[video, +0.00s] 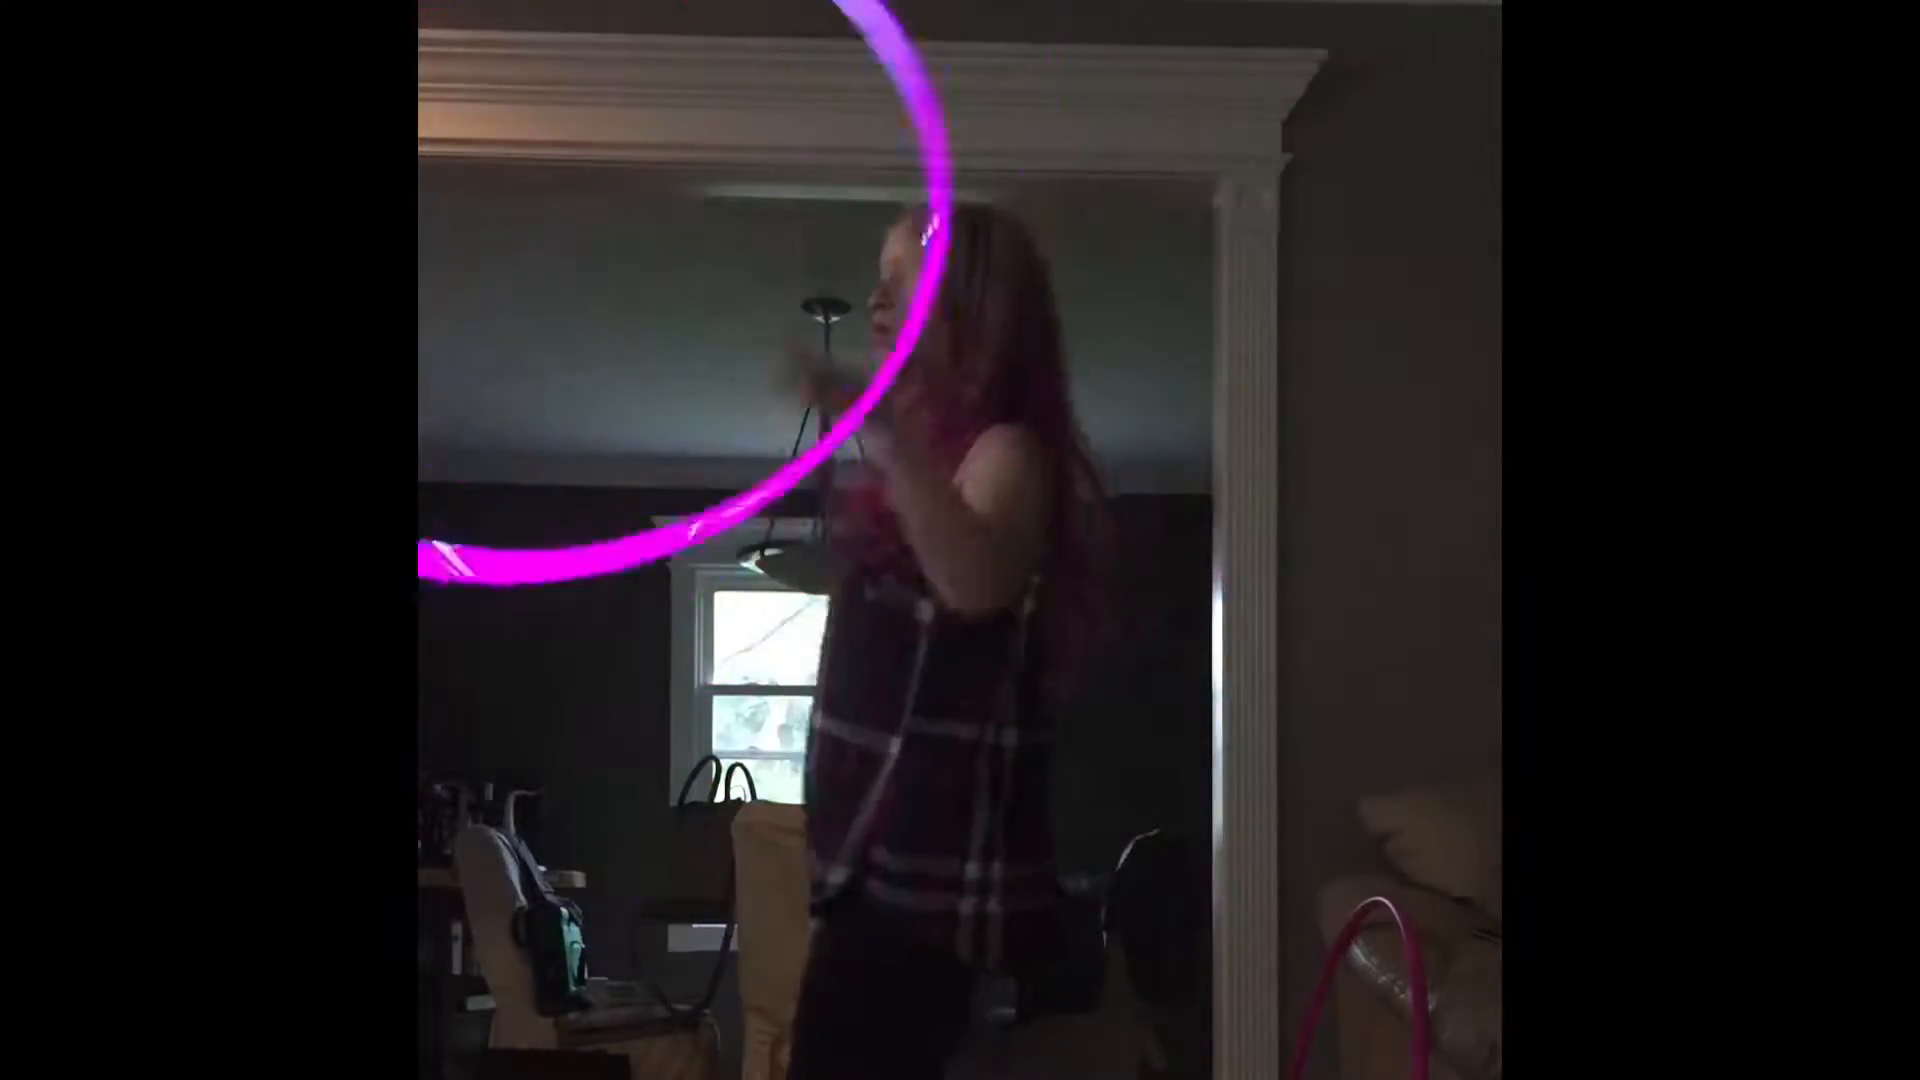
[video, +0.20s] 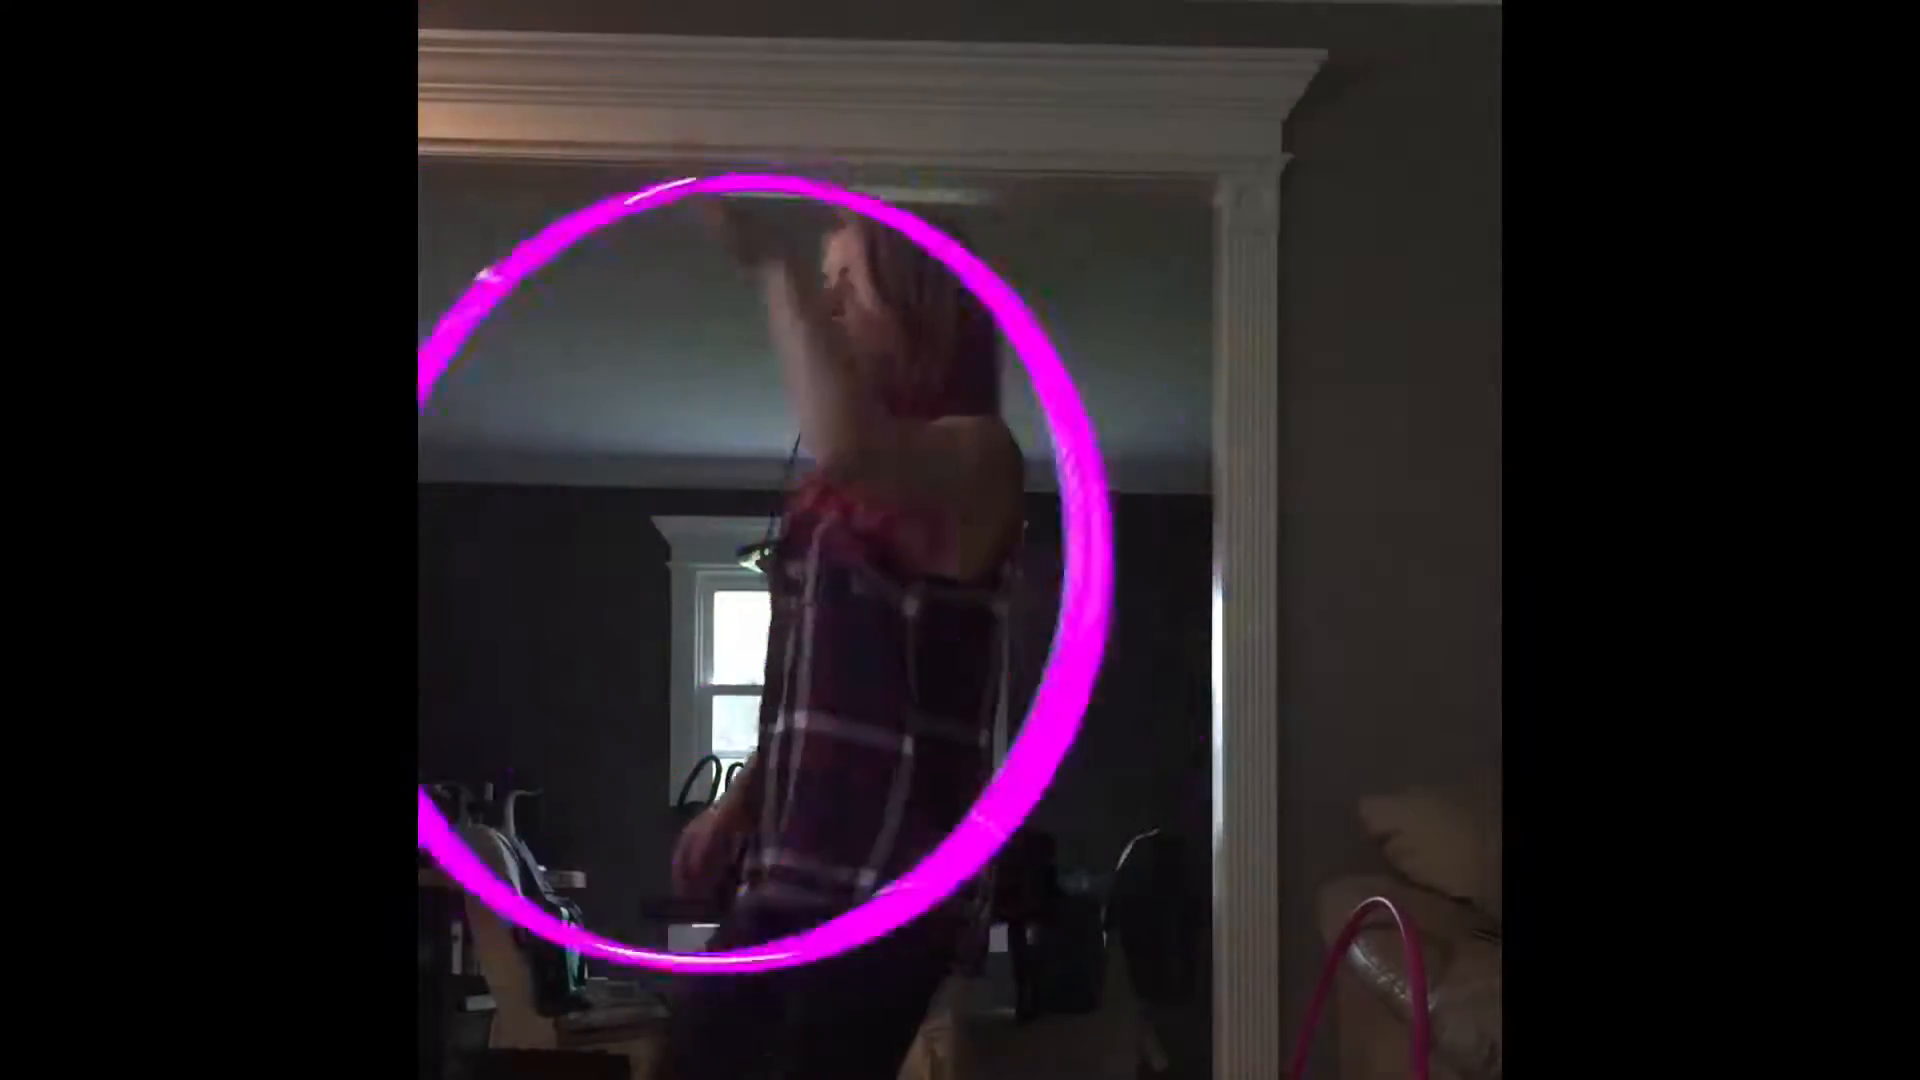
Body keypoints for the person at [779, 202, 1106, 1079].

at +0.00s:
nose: (879, 316)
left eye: (901, 296)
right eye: (881, 295)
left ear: (971, 310)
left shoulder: (1008, 447)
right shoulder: (937, 442)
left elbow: (980, 582)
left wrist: (898, 436)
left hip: (930, 879)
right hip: (878, 861)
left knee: (848, 1058)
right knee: (842, 1053)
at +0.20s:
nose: (824, 312)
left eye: (849, 286)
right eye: (822, 289)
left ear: (922, 310)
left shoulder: (976, 450)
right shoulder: (833, 467)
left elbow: (845, 441)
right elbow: (809, 688)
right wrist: (739, 803)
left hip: (885, 884)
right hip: (787, 864)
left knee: (807, 1061)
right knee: (703, 1054)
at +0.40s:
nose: (772, 284)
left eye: (797, 265)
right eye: (767, 268)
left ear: (865, 283)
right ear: (763, 289)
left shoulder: (928, 434)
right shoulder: (782, 447)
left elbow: (801, 575)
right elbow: (765, 670)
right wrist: (702, 802)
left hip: (869, 863)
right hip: (746, 847)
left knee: (810, 1063)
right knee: (679, 1061)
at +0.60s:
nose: (758, 266)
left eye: (787, 250)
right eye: (745, 252)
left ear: (842, 279)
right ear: (728, 280)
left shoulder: (897, 431)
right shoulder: (721, 440)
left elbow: (991, 614)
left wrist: (824, 656)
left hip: (837, 856)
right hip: (696, 844)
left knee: (786, 1062)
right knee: (657, 1057)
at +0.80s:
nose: (807, 269)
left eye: (836, 254)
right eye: (789, 254)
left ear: (887, 289)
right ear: (761, 294)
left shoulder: (929, 435)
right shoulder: (725, 459)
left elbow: (1066, 488)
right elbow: (712, 653)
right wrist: (641, 723)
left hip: (881, 850)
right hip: (721, 844)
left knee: (920, 1064)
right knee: (683, 1065)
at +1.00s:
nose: (912, 255)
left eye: (942, 244)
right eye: (891, 239)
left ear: (977, 282)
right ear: (854, 278)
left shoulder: (1024, 409)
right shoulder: (820, 437)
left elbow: (972, 536)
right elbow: (657, 610)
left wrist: (767, 468)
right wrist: (725, 505)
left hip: (1039, 865)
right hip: (869, 865)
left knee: (1093, 1067)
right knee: (798, 1068)